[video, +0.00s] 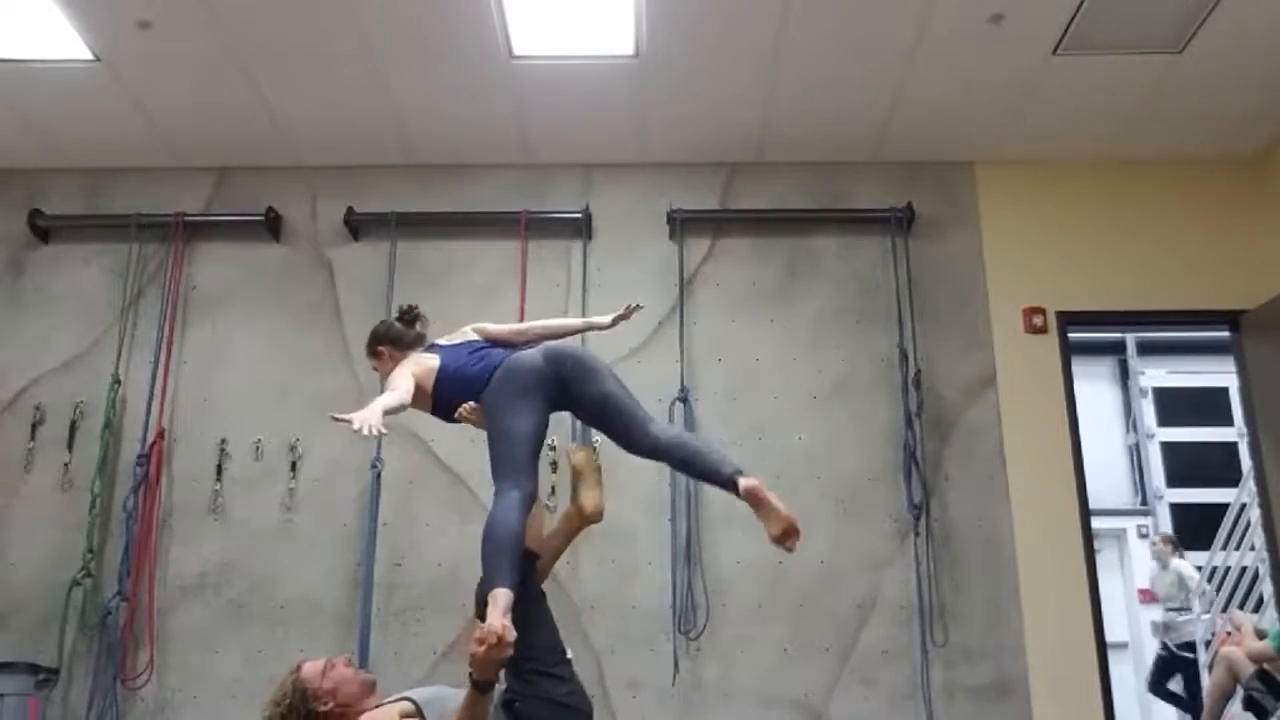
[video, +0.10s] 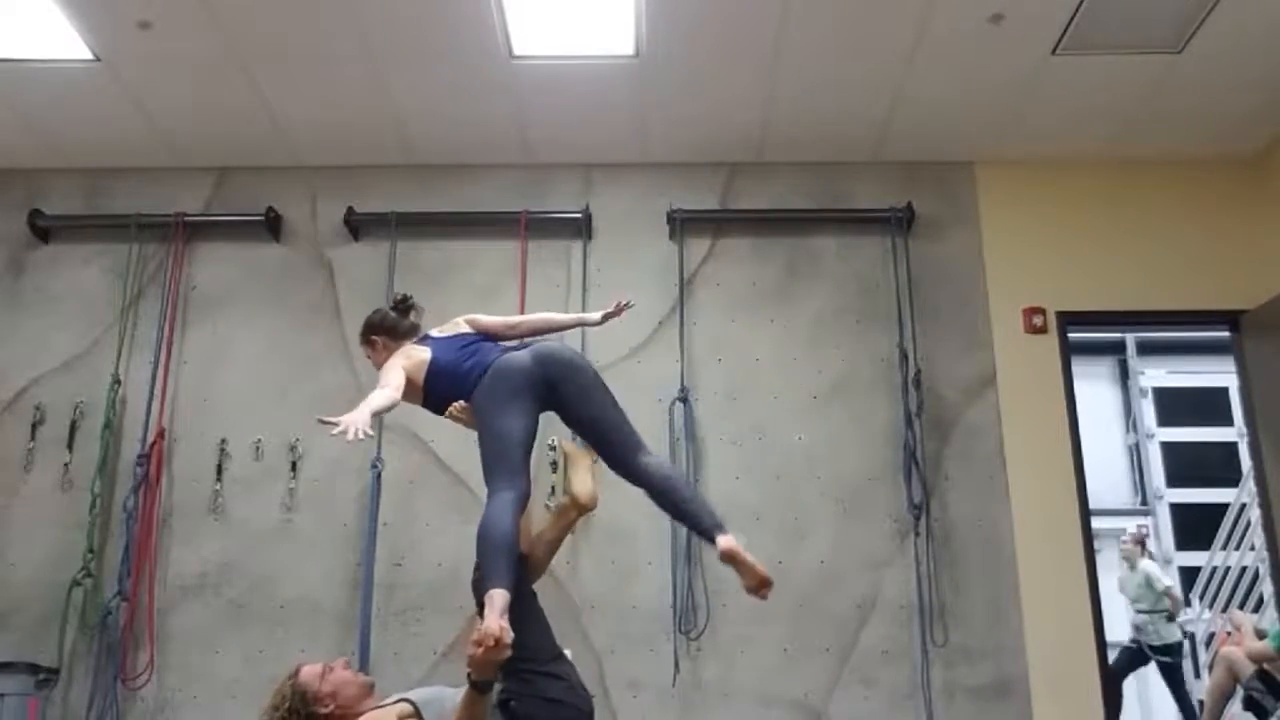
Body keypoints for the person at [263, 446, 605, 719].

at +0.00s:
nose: (345, 660)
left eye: (333, 660)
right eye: (331, 669)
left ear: (333, 698)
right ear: (328, 704)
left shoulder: (386, 705)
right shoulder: (379, 717)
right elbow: (468, 719)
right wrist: (483, 682)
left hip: (534, 707)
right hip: (539, 712)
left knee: (498, 590)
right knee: (503, 590)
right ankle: (578, 516)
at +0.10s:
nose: (343, 662)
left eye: (330, 663)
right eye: (329, 674)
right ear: (330, 708)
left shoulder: (386, 704)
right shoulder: (381, 716)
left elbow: (464, 709)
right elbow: (466, 719)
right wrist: (481, 682)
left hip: (538, 703)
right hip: (539, 709)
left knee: (494, 579)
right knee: (492, 580)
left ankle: (573, 509)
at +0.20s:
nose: (342, 663)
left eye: (328, 664)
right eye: (328, 674)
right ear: (330, 709)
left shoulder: (386, 706)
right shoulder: (379, 718)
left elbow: (465, 711)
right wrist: (480, 683)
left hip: (534, 704)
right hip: (538, 710)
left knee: (485, 577)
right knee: (485, 578)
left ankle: (571, 512)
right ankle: (577, 508)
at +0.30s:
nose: (346, 658)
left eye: (332, 660)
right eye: (333, 668)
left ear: (337, 701)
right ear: (333, 704)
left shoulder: (384, 705)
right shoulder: (380, 717)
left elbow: (465, 706)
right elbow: (469, 717)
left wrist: (474, 662)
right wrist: (492, 685)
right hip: (542, 711)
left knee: (486, 578)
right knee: (486, 573)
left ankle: (582, 515)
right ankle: (583, 514)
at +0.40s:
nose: (345, 657)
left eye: (330, 661)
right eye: (331, 669)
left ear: (337, 703)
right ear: (333, 705)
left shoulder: (382, 706)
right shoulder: (380, 717)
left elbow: (458, 703)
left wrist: (468, 660)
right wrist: (492, 689)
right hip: (540, 709)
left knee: (474, 590)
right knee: (475, 580)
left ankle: (566, 518)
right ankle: (569, 516)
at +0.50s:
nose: (339, 659)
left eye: (325, 661)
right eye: (326, 670)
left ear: (332, 703)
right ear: (328, 706)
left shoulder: (379, 705)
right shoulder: (380, 717)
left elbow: (457, 707)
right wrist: (476, 690)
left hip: (524, 704)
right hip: (536, 709)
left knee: (463, 575)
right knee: (462, 575)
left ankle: (557, 502)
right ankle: (559, 504)